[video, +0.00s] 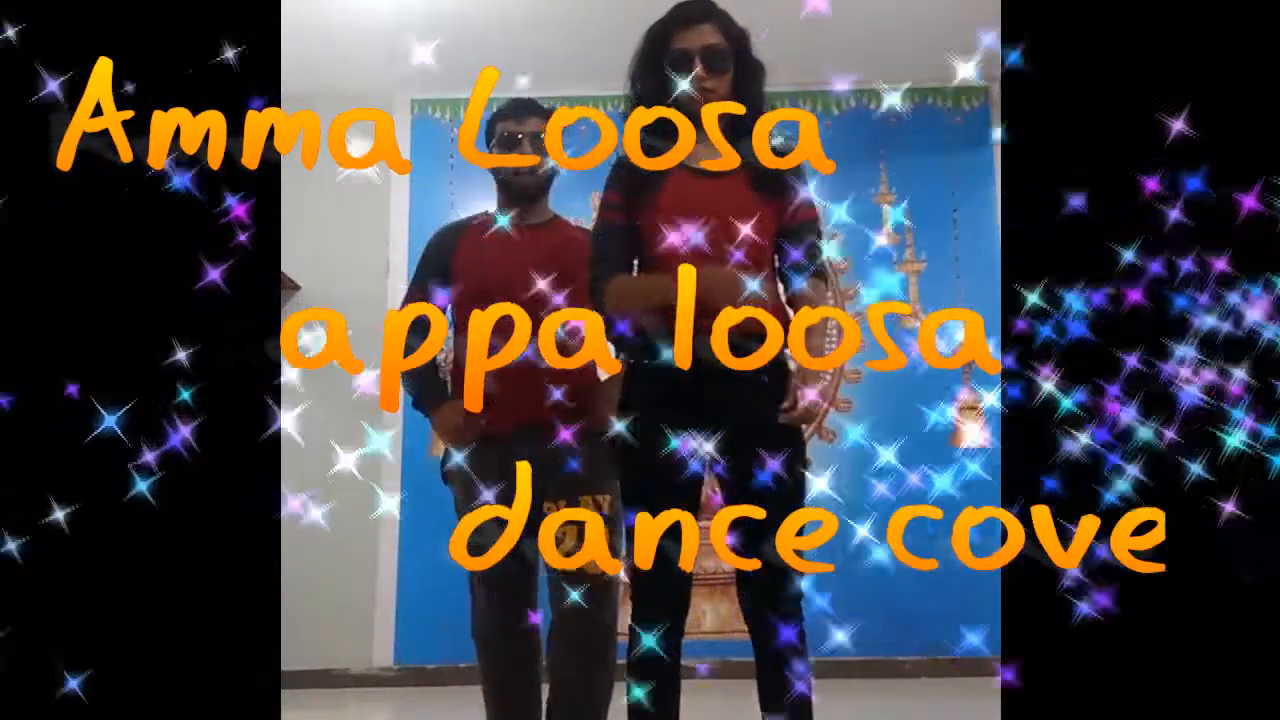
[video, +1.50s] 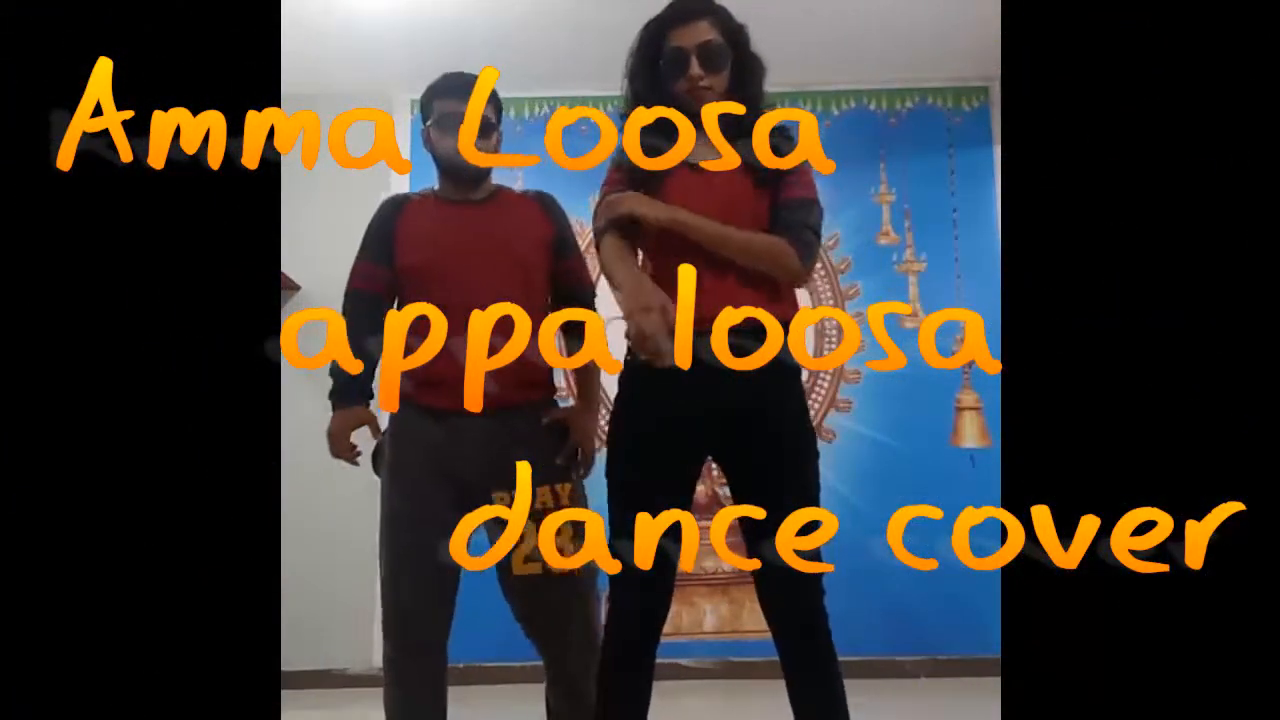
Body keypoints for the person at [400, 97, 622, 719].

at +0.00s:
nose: (522, 152)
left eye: (535, 140)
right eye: (508, 142)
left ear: (557, 154)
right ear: (487, 156)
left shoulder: (592, 247)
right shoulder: (453, 244)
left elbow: (626, 330)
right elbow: (412, 336)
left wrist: (613, 395)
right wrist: (438, 407)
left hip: (578, 442)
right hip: (486, 447)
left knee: (586, 603)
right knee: (500, 605)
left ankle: (578, 715)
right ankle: (511, 716)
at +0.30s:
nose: (512, 162)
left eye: (525, 151)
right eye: (498, 151)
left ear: (544, 166)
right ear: (477, 165)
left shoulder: (581, 250)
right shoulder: (447, 257)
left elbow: (635, 335)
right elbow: (413, 356)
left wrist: (611, 398)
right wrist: (423, 423)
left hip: (571, 450)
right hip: (479, 456)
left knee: (576, 623)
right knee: (496, 627)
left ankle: (580, 719)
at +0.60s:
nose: (520, 160)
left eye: (532, 150)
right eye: (505, 149)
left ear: (553, 163)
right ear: (487, 164)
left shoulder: (592, 243)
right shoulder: (457, 239)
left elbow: (624, 341)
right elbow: (423, 334)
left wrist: (624, 418)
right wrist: (418, 419)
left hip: (573, 442)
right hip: (482, 444)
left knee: (580, 611)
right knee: (493, 612)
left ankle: (579, 717)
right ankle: (505, 717)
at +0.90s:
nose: (528, 156)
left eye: (540, 143)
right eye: (514, 145)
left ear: (562, 154)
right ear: (496, 159)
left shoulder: (601, 233)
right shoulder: (467, 231)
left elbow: (635, 330)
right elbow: (434, 327)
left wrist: (638, 421)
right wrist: (419, 412)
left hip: (575, 439)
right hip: (482, 439)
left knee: (580, 605)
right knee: (453, 600)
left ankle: (576, 716)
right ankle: (480, 715)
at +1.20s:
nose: (501, 147)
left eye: (515, 137)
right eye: (487, 135)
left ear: (534, 150)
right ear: (464, 145)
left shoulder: (570, 223)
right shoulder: (432, 221)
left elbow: (607, 320)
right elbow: (396, 316)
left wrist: (606, 412)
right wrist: (383, 405)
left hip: (548, 444)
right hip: (449, 442)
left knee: (566, 621)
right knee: (428, 616)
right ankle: (421, 719)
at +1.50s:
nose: (466, 135)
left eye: (481, 123)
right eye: (449, 124)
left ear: (499, 132)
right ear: (427, 136)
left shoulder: (542, 215)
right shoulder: (397, 217)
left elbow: (577, 315)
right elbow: (361, 317)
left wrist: (588, 404)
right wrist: (347, 398)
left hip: (530, 440)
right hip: (423, 443)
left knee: (570, 628)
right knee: (413, 625)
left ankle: (579, 716)